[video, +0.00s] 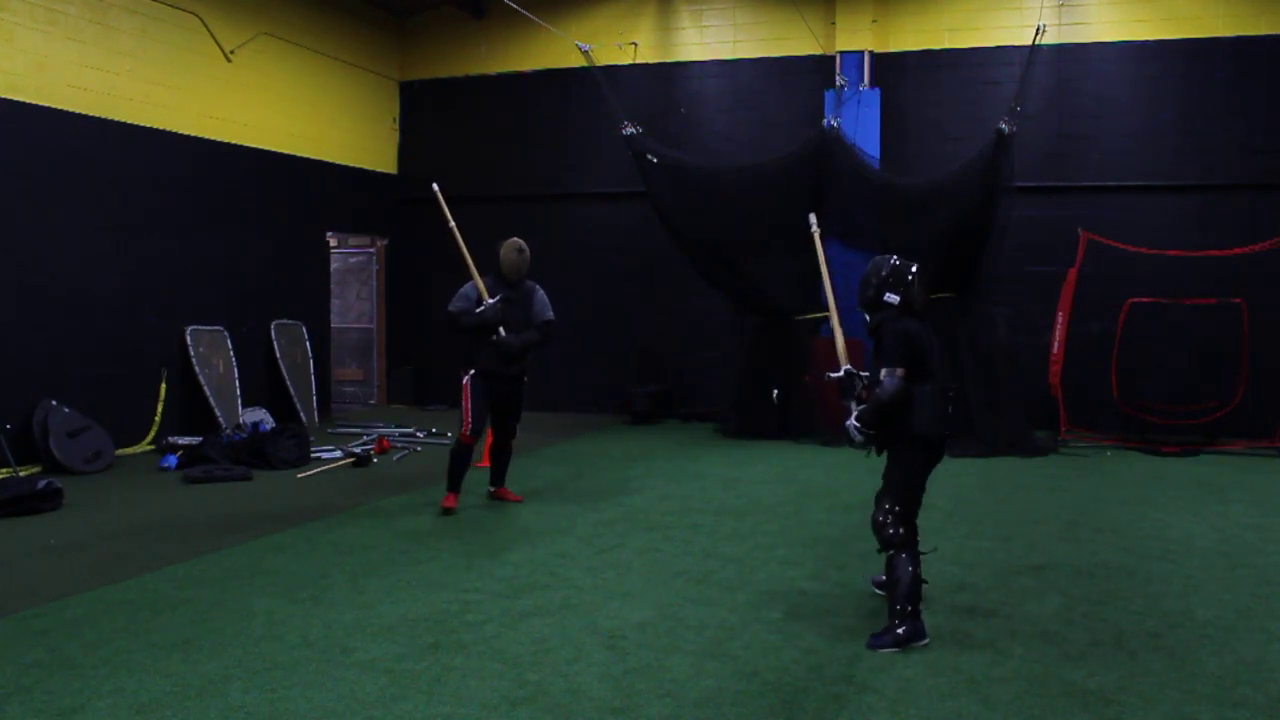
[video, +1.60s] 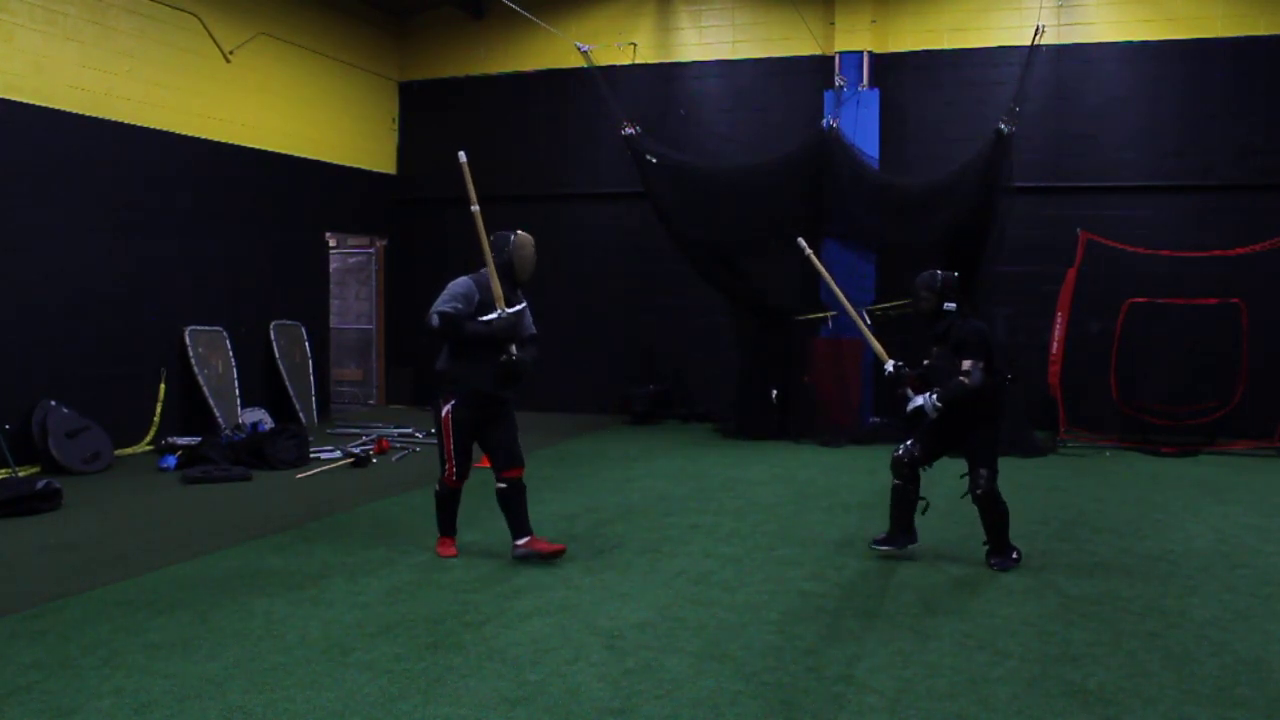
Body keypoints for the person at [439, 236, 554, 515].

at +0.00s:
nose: (519, 266)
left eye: (523, 260)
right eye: (514, 260)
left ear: (528, 263)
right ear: (501, 260)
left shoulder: (534, 293)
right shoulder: (478, 289)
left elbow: (547, 329)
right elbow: (454, 319)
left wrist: (515, 341)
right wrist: (485, 316)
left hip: (512, 374)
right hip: (479, 371)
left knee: (505, 433)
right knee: (471, 430)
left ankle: (498, 486)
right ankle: (453, 492)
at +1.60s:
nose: (528, 263)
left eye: (529, 256)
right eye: (523, 255)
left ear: (516, 259)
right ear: (504, 256)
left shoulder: (516, 299)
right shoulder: (467, 287)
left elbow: (530, 344)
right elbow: (440, 321)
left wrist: (519, 359)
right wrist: (492, 327)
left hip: (494, 392)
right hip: (457, 391)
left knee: (510, 467)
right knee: (455, 469)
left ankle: (522, 539)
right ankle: (446, 538)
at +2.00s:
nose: (557, 295)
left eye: (560, 287)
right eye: (555, 286)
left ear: (538, 281)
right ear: (538, 280)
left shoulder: (541, 320)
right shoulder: (494, 306)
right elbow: (476, 345)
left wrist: (542, 381)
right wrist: (533, 351)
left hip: (506, 412)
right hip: (467, 409)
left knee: (538, 473)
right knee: (445, 485)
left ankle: (524, 551)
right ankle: (404, 563)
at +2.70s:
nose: (531, 284)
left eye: (532, 276)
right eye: (527, 276)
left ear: (508, 274)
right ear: (507, 274)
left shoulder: (505, 315)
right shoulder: (475, 302)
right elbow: (449, 341)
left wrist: (507, 397)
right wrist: (503, 360)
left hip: (467, 417)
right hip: (437, 414)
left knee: (499, 480)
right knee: (430, 500)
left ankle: (482, 561)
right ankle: (379, 579)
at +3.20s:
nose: (527, 284)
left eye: (526, 277)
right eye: (523, 276)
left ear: (490, 274)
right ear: (508, 275)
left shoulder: (499, 312)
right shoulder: (481, 304)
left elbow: (505, 374)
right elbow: (502, 349)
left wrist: (539, 392)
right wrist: (545, 352)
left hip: (459, 425)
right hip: (438, 424)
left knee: (494, 479)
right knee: (417, 513)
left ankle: (483, 565)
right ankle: (363, 596)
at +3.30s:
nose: (535, 281)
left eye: (534, 274)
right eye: (532, 273)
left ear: (496, 273)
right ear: (518, 273)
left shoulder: (497, 311)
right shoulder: (503, 298)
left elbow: (535, 366)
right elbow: (560, 329)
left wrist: (580, 372)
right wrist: (619, 341)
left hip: (470, 419)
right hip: (454, 417)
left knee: (503, 483)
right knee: (445, 511)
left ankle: (483, 566)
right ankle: (376, 584)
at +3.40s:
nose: (552, 272)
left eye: (550, 266)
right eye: (549, 265)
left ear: (510, 265)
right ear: (539, 266)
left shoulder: (499, 297)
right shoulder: (530, 292)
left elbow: (554, 338)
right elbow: (586, 319)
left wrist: (600, 342)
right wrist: (640, 336)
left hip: (478, 407)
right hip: (475, 409)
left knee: (509, 486)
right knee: (499, 499)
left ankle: (484, 566)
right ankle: (426, 561)